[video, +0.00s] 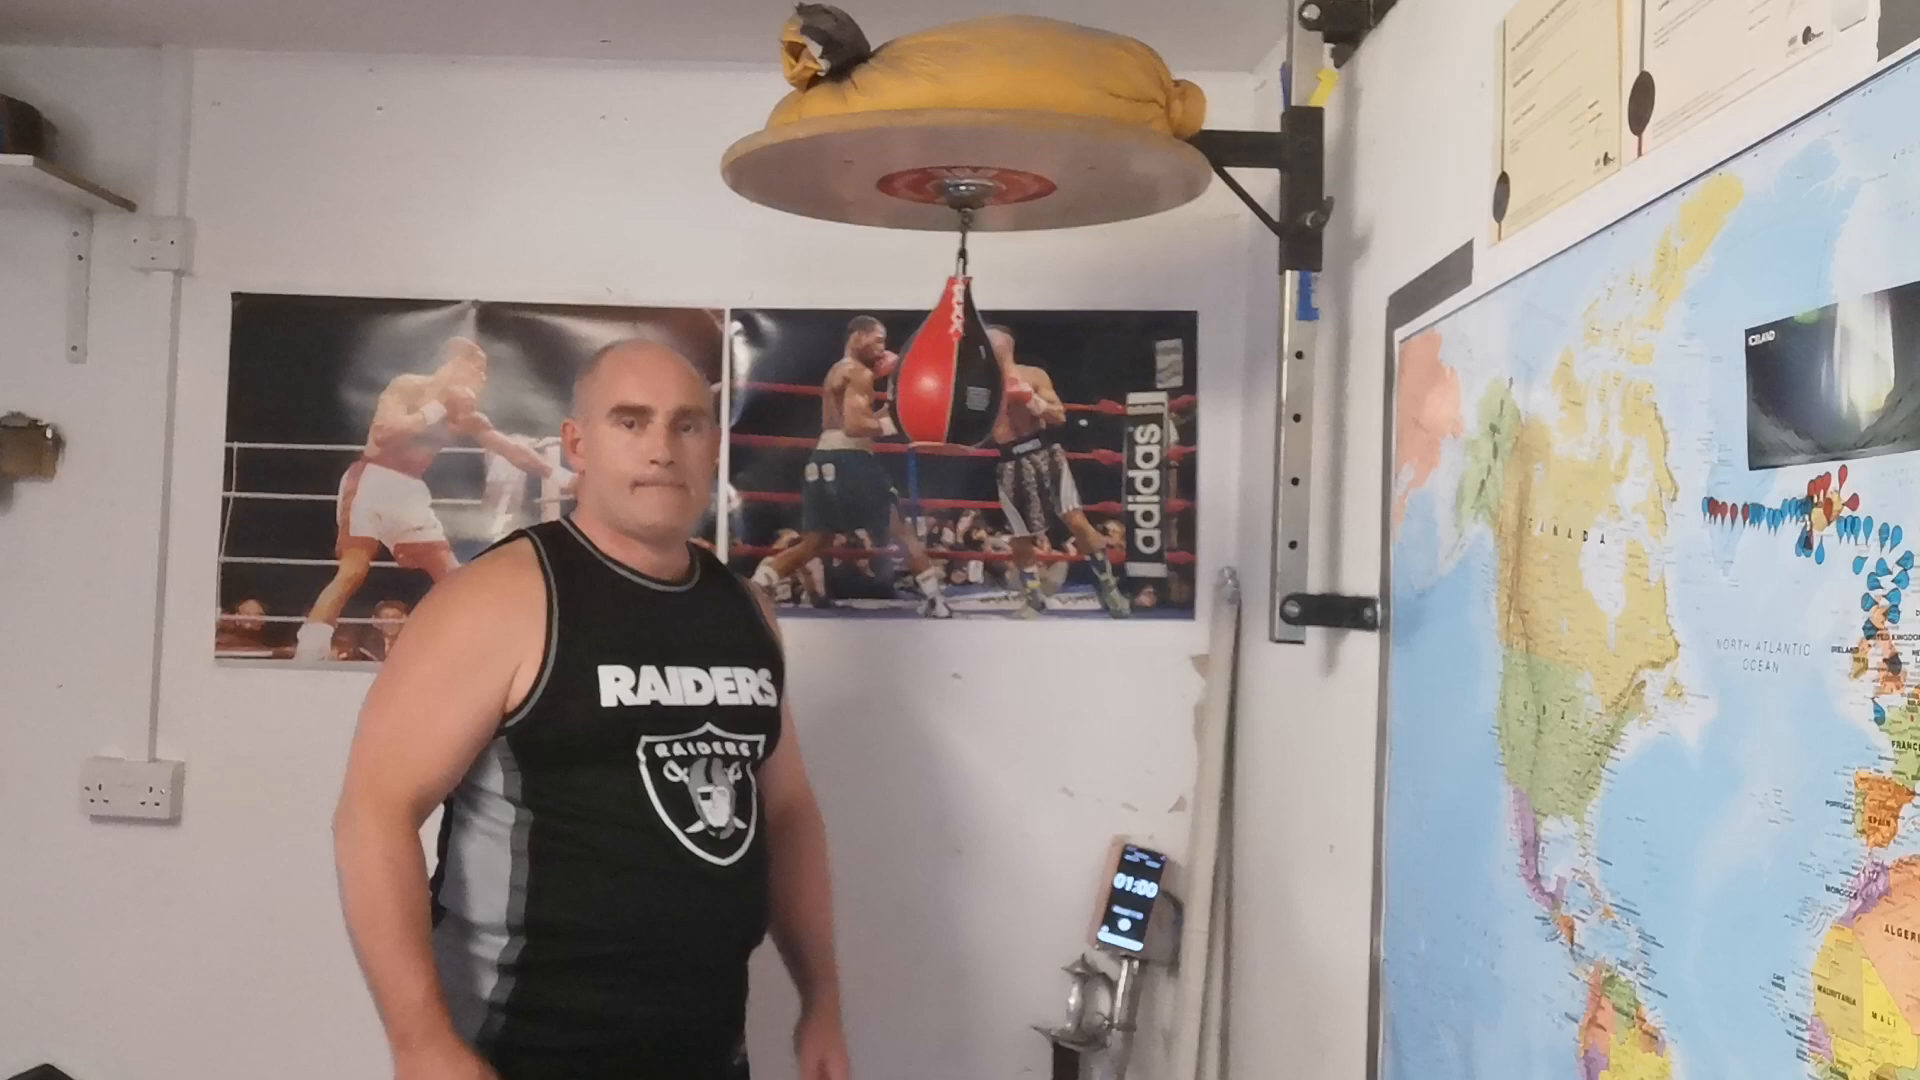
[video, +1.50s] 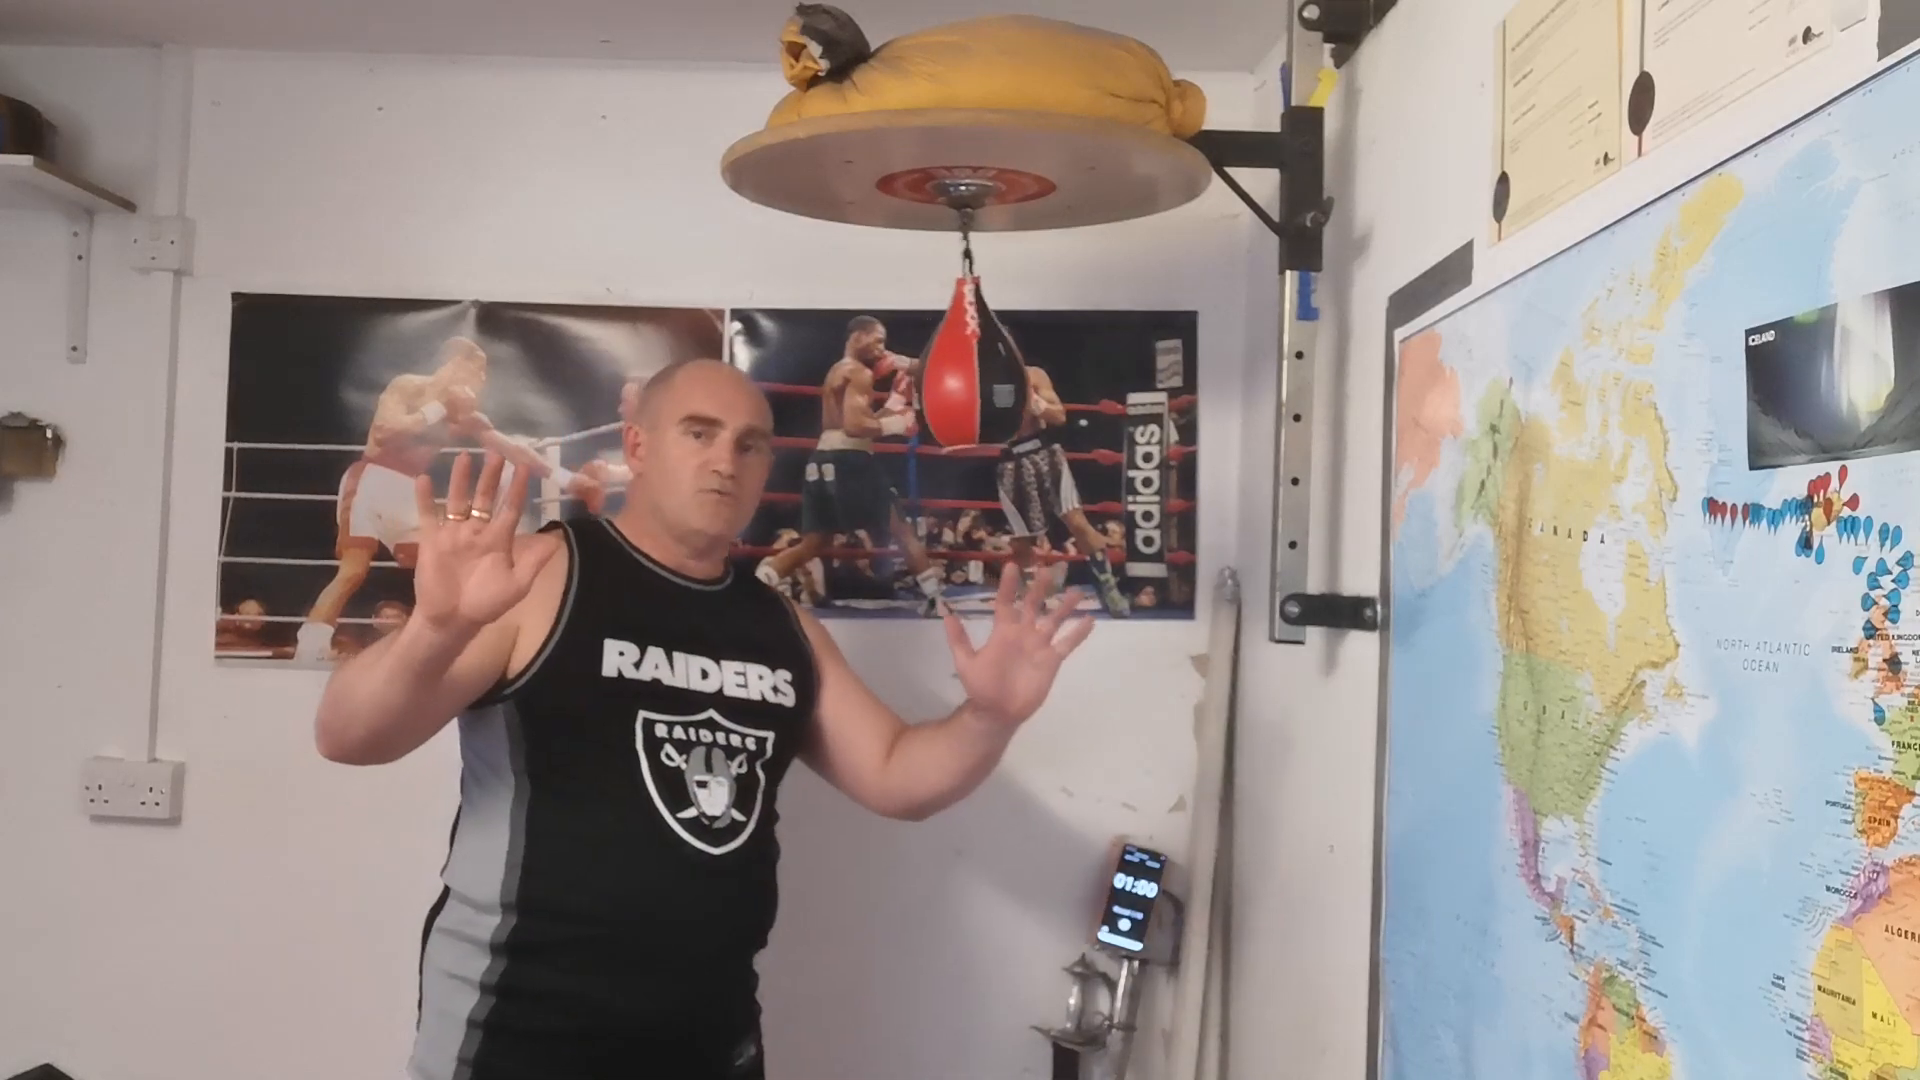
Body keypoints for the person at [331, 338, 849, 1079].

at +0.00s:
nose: (662, 450)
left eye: (686, 425)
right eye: (631, 421)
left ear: (714, 450)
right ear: (575, 444)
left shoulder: (740, 609)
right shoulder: (497, 599)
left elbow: (786, 811)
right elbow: (372, 812)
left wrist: (820, 997)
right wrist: (423, 1042)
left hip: (703, 1043)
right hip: (530, 1046)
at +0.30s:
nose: (659, 445)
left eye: (682, 424)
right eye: (627, 420)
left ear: (709, 450)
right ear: (572, 445)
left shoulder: (739, 604)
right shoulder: (488, 596)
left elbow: (809, 791)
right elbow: (384, 803)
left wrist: (880, 916)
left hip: (698, 1027)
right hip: (518, 1031)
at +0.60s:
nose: (661, 445)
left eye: (686, 423)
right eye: (631, 418)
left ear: (714, 452)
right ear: (575, 443)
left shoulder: (752, 606)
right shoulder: (493, 586)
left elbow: (844, 808)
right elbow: (446, 795)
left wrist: (819, 773)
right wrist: (680, 777)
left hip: (695, 1021)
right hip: (514, 1021)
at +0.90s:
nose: (705, 453)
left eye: (726, 436)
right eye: (674, 424)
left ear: (741, 466)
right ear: (605, 447)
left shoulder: (761, 614)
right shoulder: (522, 570)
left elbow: (881, 768)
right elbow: (333, 760)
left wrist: (990, 701)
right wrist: (401, 636)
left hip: (696, 1028)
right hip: (511, 1029)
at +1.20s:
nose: (722, 461)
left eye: (744, 445)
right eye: (694, 432)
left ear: (762, 472)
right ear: (628, 449)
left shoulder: (773, 624)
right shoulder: (537, 571)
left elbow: (892, 773)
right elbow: (341, 742)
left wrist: (990, 702)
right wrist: (425, 625)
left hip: (699, 1029)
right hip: (515, 1027)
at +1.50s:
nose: (728, 461)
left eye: (750, 446)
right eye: (700, 432)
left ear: (768, 473)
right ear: (634, 444)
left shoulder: (780, 627)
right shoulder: (544, 570)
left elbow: (896, 775)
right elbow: (345, 738)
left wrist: (989, 717)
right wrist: (438, 632)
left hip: (703, 1029)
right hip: (520, 1025)